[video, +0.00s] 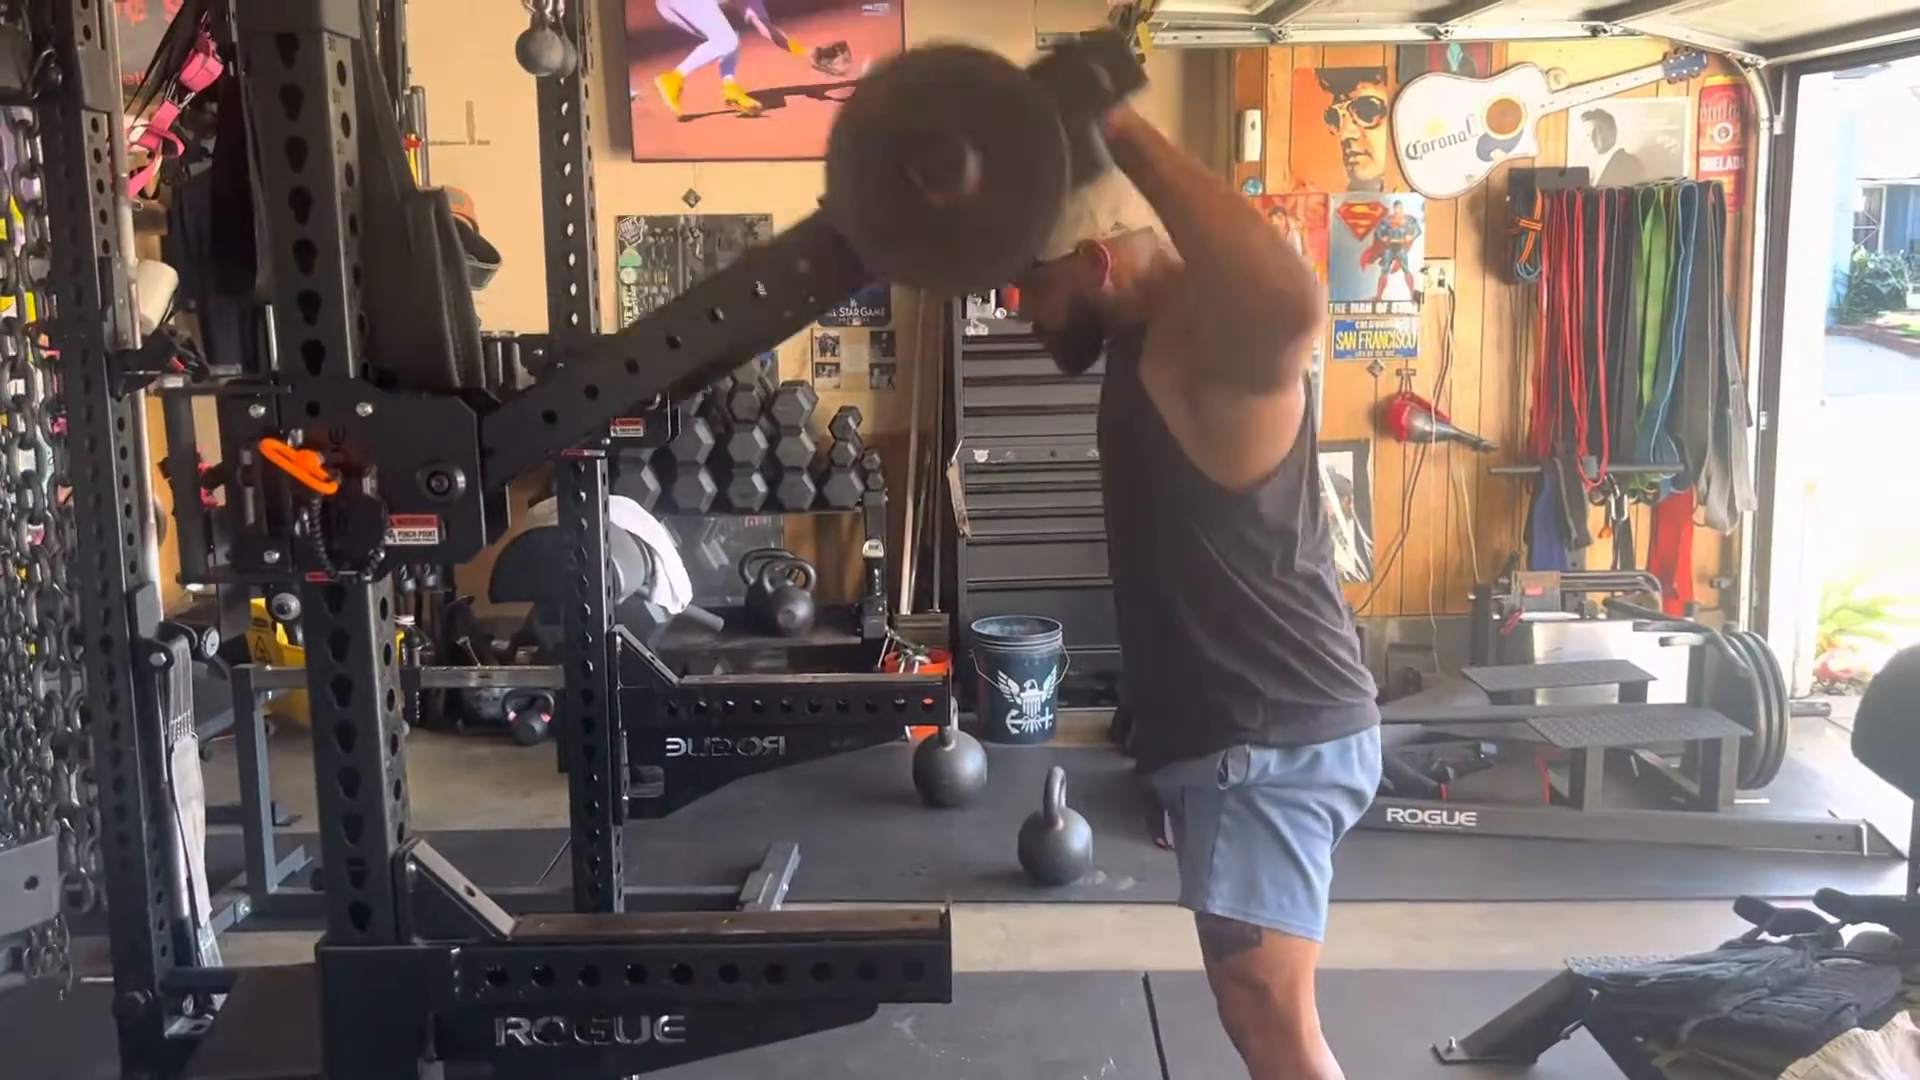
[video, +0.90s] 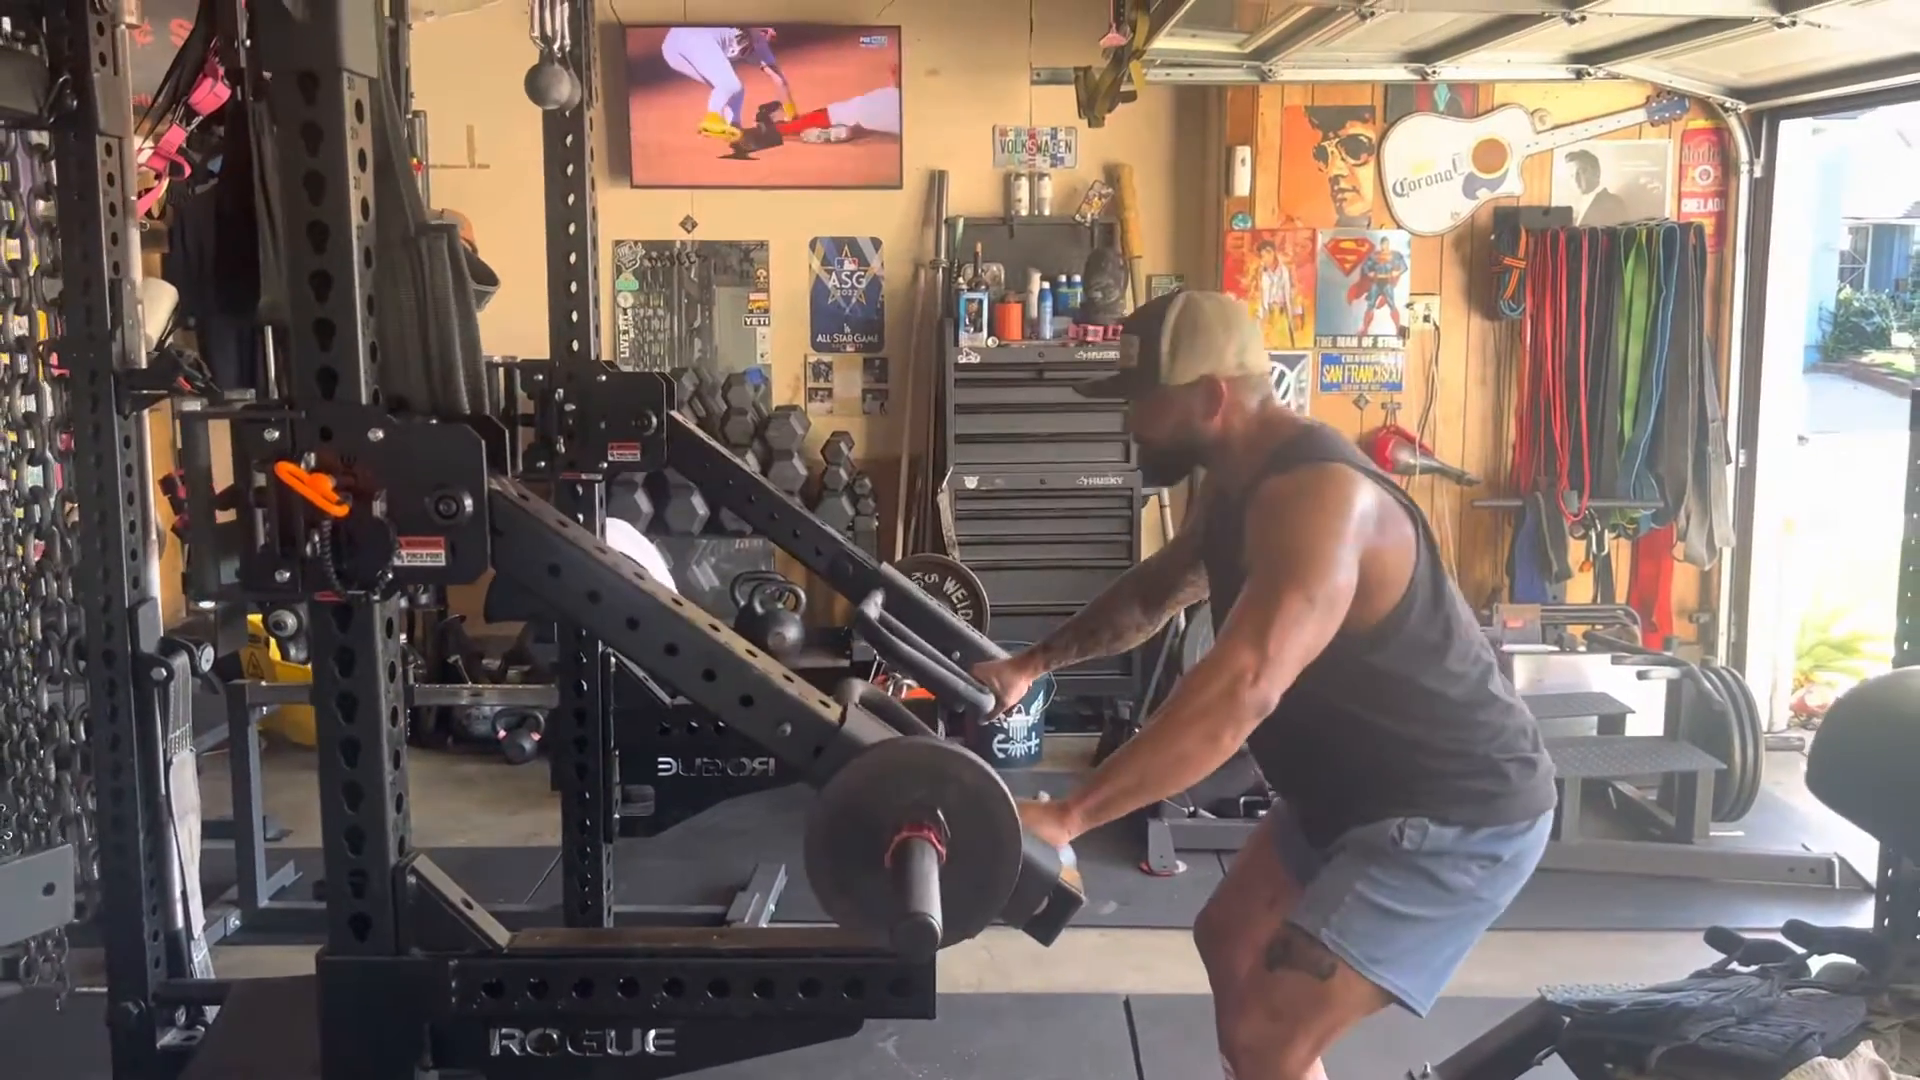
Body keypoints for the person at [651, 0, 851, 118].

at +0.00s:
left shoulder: (754, 5)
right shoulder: (752, 5)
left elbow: (771, 31)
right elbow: (769, 33)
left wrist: (805, 52)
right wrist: (805, 52)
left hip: (682, 4)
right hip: (681, 1)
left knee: (730, 42)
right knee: (724, 40)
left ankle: (730, 90)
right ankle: (674, 78)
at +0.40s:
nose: (761, 10)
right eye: (759, 10)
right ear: (752, 8)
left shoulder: (748, 15)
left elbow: (769, 47)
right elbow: (767, 45)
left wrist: (802, 74)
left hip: (667, 17)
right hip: (686, 11)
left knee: (730, 63)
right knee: (725, 58)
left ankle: (738, 113)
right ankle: (683, 98)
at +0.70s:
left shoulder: (741, 36)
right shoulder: (755, 18)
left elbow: (768, 60)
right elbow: (770, 56)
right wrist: (794, 90)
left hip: (670, 34)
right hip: (693, 27)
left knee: (734, 81)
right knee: (728, 74)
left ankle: (737, 126)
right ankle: (698, 111)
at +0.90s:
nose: (772, 36)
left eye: (773, 33)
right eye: (770, 31)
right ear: (762, 29)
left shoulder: (751, 50)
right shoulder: (756, 33)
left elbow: (778, 80)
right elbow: (780, 78)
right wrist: (790, 110)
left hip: (671, 47)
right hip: (693, 36)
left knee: (736, 89)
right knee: (729, 83)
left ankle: (733, 130)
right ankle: (712, 119)